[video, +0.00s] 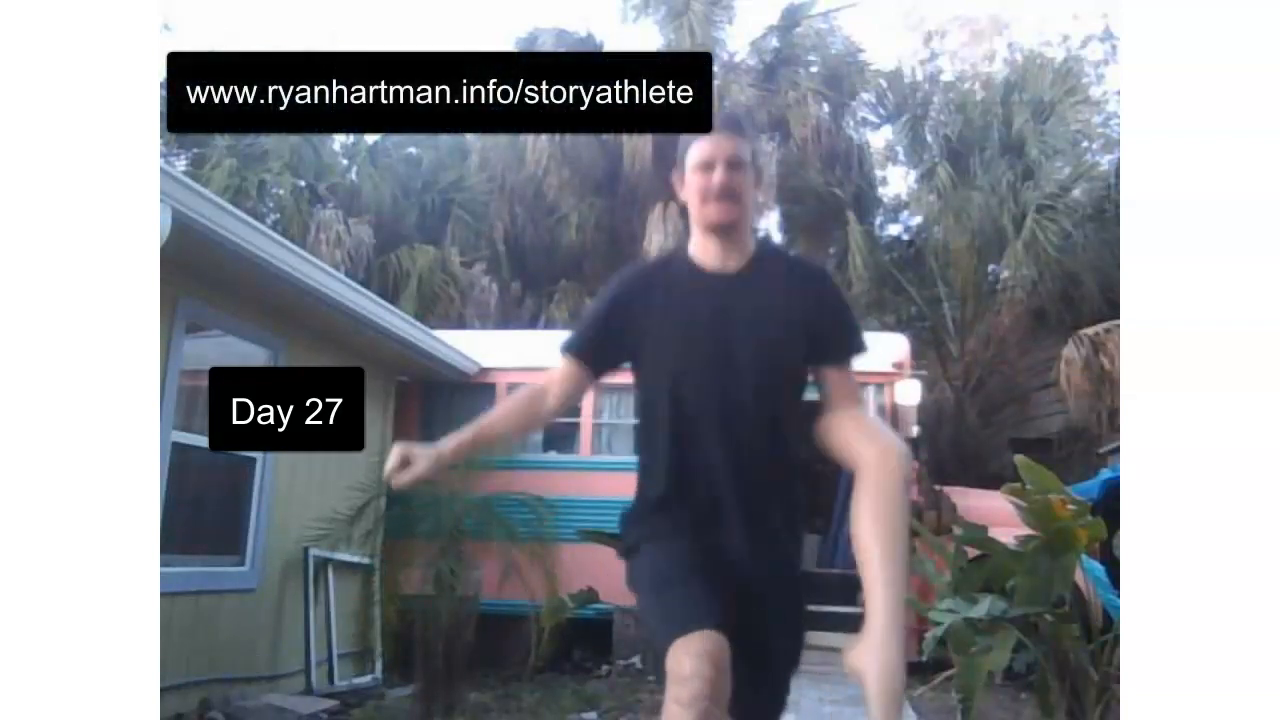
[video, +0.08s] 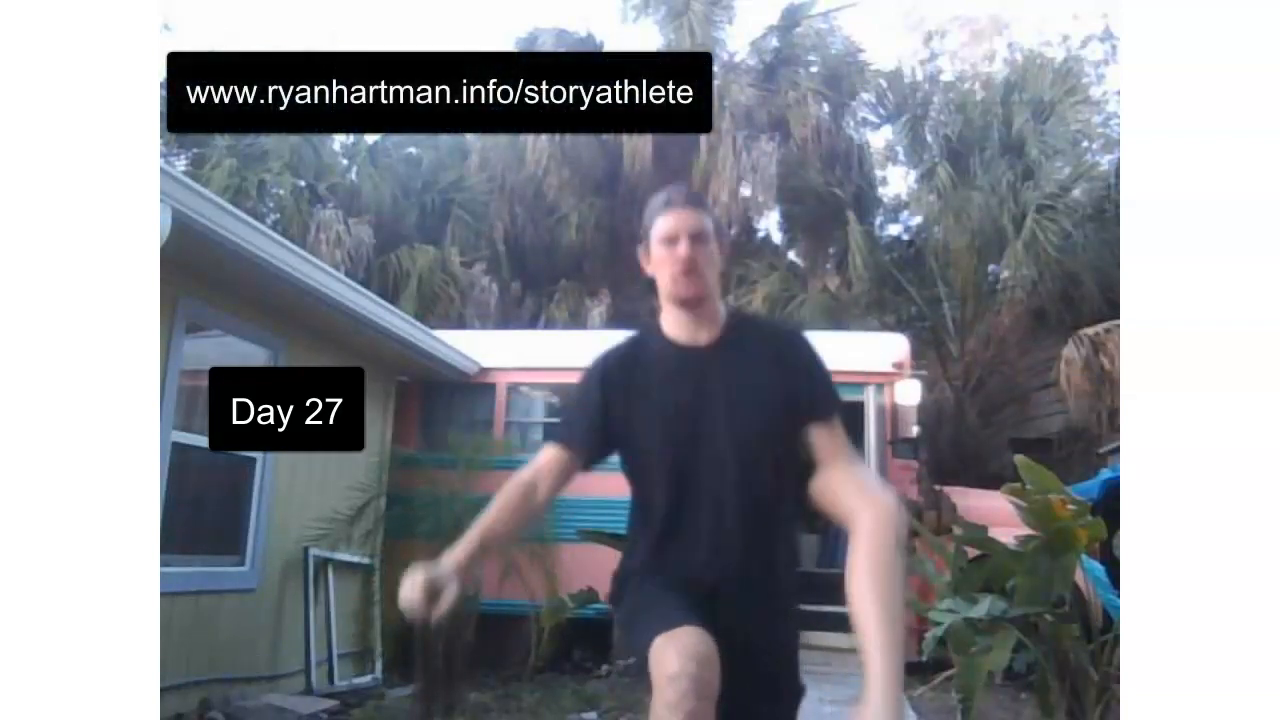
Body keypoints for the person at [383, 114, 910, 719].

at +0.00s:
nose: (721, 178)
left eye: (735, 167)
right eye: (706, 167)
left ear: (758, 185)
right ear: (680, 186)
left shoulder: (805, 287)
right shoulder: (642, 290)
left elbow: (839, 410)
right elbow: (550, 395)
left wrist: (882, 455)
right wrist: (441, 454)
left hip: (769, 534)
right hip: (671, 526)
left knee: (753, 712)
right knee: (700, 674)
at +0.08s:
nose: (687, 255)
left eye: (699, 239)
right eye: (670, 241)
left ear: (722, 252)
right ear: (645, 260)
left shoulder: (783, 353)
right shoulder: (621, 372)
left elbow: (833, 465)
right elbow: (542, 478)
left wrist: (875, 510)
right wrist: (456, 561)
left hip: (762, 595)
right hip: (660, 584)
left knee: (763, 710)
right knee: (688, 667)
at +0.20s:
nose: (709, 271)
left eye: (723, 256)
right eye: (691, 257)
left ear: (744, 271)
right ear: (666, 276)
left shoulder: (798, 379)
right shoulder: (634, 383)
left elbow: (834, 505)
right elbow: (559, 499)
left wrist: (869, 571)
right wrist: (485, 582)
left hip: (760, 617)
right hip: (658, 601)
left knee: (763, 712)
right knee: (693, 673)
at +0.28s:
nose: (703, 63)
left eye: (715, 49)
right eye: (687, 52)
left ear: (744, 64)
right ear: (663, 71)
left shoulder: (809, 166)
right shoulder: (636, 178)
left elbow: (856, 290)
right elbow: (593, 312)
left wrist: (903, 301)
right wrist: (580, 429)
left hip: (790, 464)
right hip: (674, 468)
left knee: (787, 701)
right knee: (678, 696)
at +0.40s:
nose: (765, 177)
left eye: (782, 161)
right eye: (748, 160)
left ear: (805, 179)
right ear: (717, 176)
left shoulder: (843, 290)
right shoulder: (662, 288)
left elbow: (901, 401)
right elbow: (581, 396)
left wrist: (966, 396)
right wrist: (515, 479)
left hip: (809, 584)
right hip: (690, 586)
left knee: (817, 708)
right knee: (689, 715)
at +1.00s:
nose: (742, 136)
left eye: (759, 122)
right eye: (726, 122)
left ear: (781, 143)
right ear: (701, 144)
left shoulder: (823, 254)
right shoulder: (657, 255)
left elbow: (849, 382)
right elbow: (610, 377)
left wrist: (897, 371)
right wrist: (523, 395)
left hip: (795, 533)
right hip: (682, 534)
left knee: (795, 704)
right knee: (684, 709)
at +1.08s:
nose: (743, 238)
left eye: (758, 224)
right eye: (726, 225)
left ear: (781, 245)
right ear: (698, 248)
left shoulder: (827, 358)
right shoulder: (655, 354)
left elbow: (854, 498)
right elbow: (603, 480)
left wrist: (924, 525)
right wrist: (510, 502)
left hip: (792, 642)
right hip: (679, 640)